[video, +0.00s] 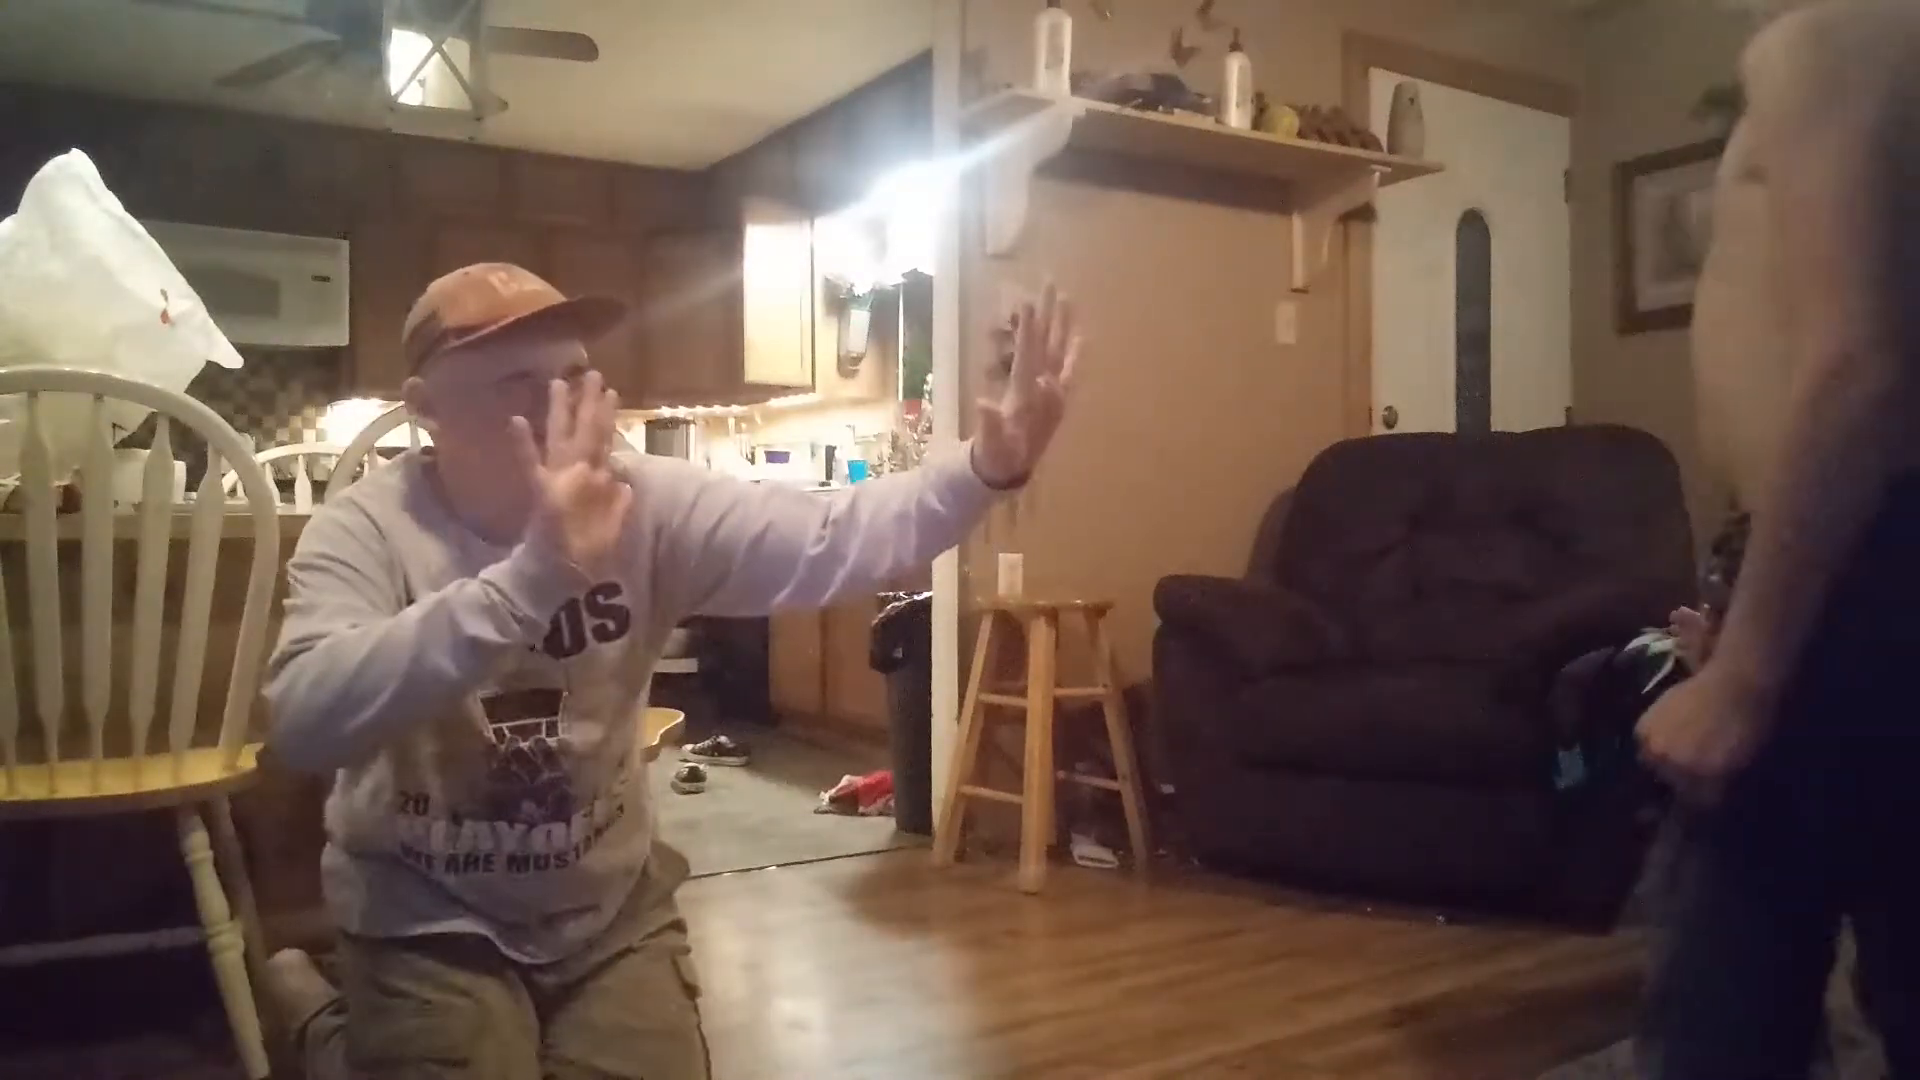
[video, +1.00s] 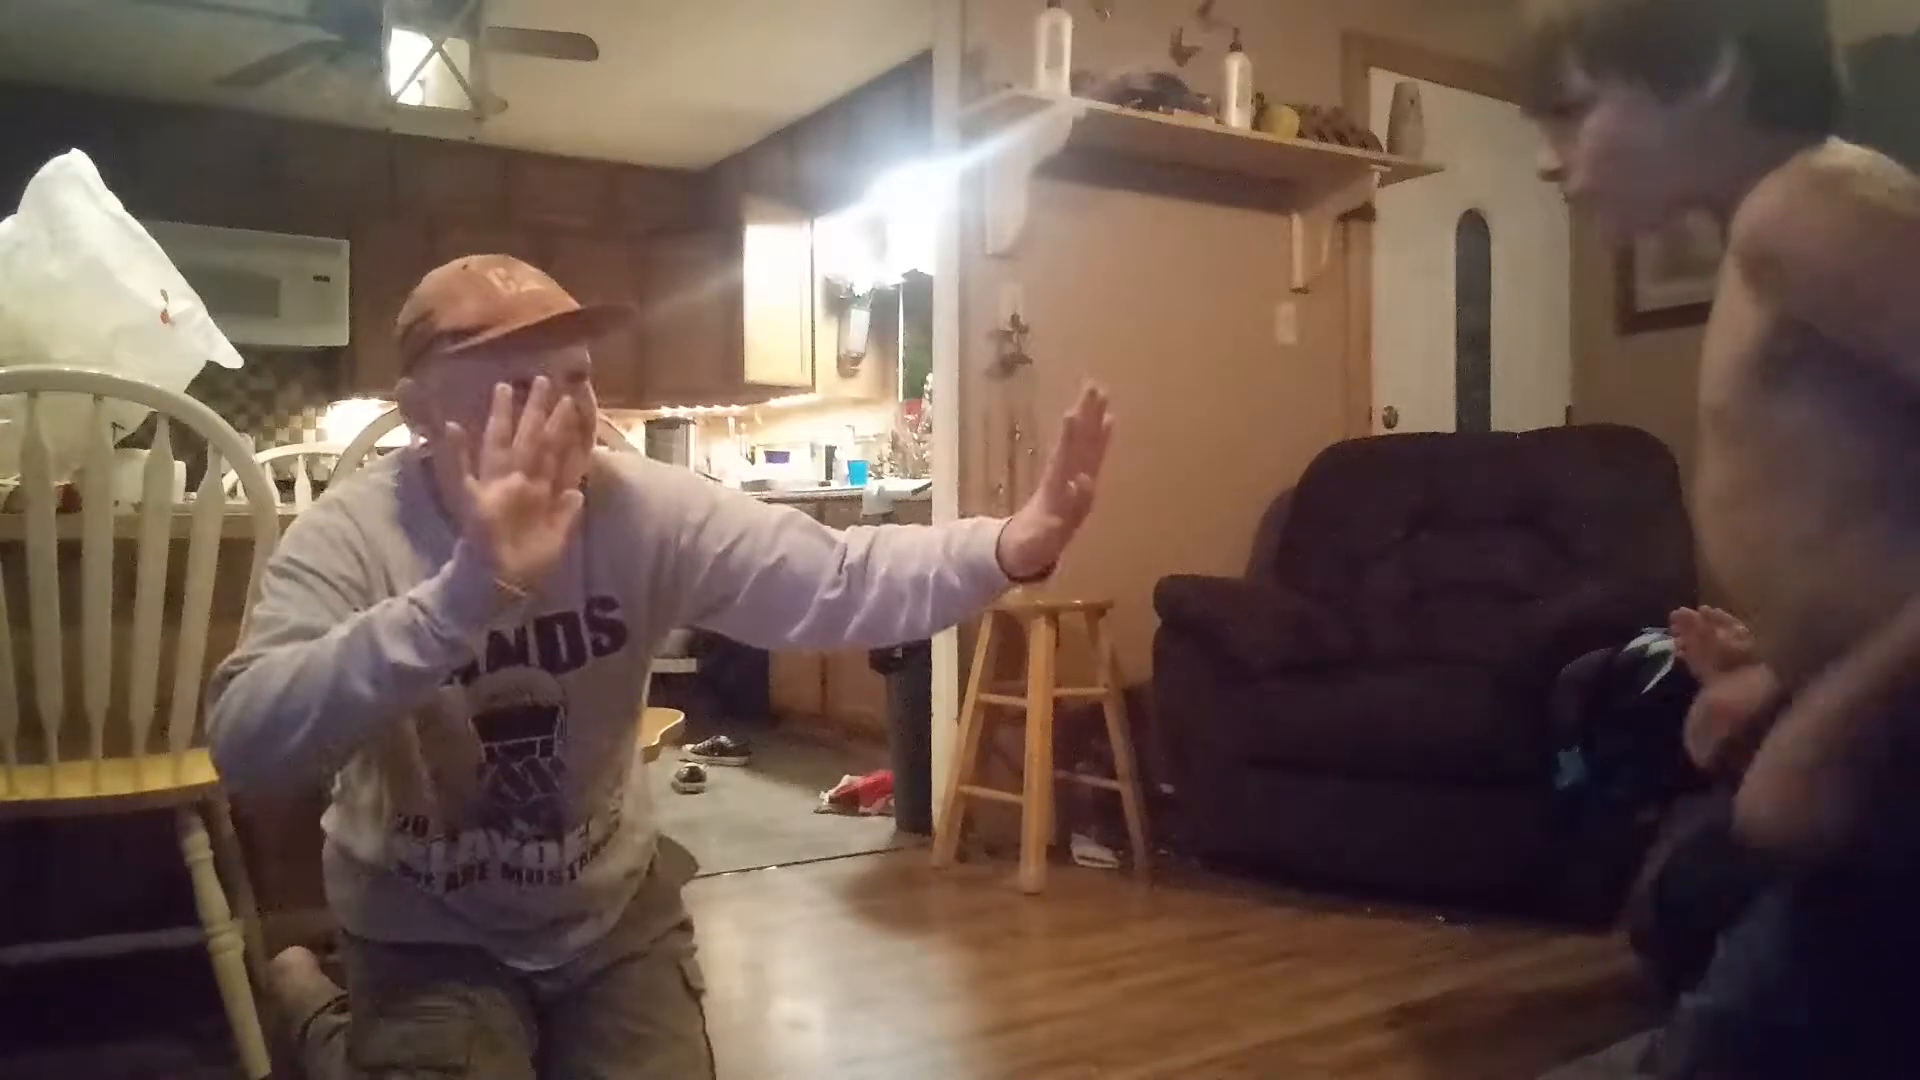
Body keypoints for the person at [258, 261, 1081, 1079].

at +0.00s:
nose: (565, 410)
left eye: (577, 379)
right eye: (523, 387)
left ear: (598, 389)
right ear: (430, 413)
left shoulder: (641, 506)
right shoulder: (367, 526)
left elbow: (830, 533)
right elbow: (306, 717)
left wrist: (988, 465)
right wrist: (532, 574)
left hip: (611, 915)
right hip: (423, 922)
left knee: (655, 1063)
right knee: (464, 1063)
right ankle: (319, 1018)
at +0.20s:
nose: (555, 422)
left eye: (571, 390)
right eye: (512, 397)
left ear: (595, 394)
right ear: (425, 419)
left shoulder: (644, 508)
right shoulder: (370, 530)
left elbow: (832, 546)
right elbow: (308, 722)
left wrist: (1000, 480)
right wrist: (545, 580)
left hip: (620, 915)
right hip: (432, 922)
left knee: (659, 1066)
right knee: (464, 1067)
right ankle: (316, 1014)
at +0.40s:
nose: (561, 437)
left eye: (576, 403)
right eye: (520, 412)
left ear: (599, 406)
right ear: (428, 435)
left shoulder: (648, 517)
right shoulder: (371, 544)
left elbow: (833, 560)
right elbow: (310, 745)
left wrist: (1006, 498)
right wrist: (548, 590)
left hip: (622, 916)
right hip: (432, 929)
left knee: (661, 1066)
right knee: (456, 1068)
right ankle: (318, 1016)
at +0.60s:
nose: (570, 435)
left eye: (580, 400)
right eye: (523, 414)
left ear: (600, 403)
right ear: (427, 439)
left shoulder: (654, 519)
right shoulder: (367, 545)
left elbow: (831, 574)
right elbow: (298, 748)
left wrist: (999, 527)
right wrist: (532, 593)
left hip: (618, 916)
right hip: (431, 930)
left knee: (663, 1067)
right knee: (453, 1068)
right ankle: (315, 1019)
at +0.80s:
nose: (574, 421)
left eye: (580, 389)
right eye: (532, 397)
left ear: (593, 392)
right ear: (433, 428)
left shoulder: (653, 515)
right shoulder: (357, 542)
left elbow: (840, 577)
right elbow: (268, 746)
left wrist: (1004, 536)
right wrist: (497, 592)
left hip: (613, 911)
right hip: (429, 926)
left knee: (663, 1065)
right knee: (448, 1064)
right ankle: (311, 1008)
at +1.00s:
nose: (574, 401)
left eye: (579, 372)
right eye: (531, 378)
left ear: (593, 378)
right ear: (428, 410)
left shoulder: (643, 508)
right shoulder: (349, 535)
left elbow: (833, 577)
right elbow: (248, 744)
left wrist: (1009, 546)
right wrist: (478, 585)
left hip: (611, 915)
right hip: (427, 932)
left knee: (663, 1069)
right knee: (448, 1070)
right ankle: (304, 992)